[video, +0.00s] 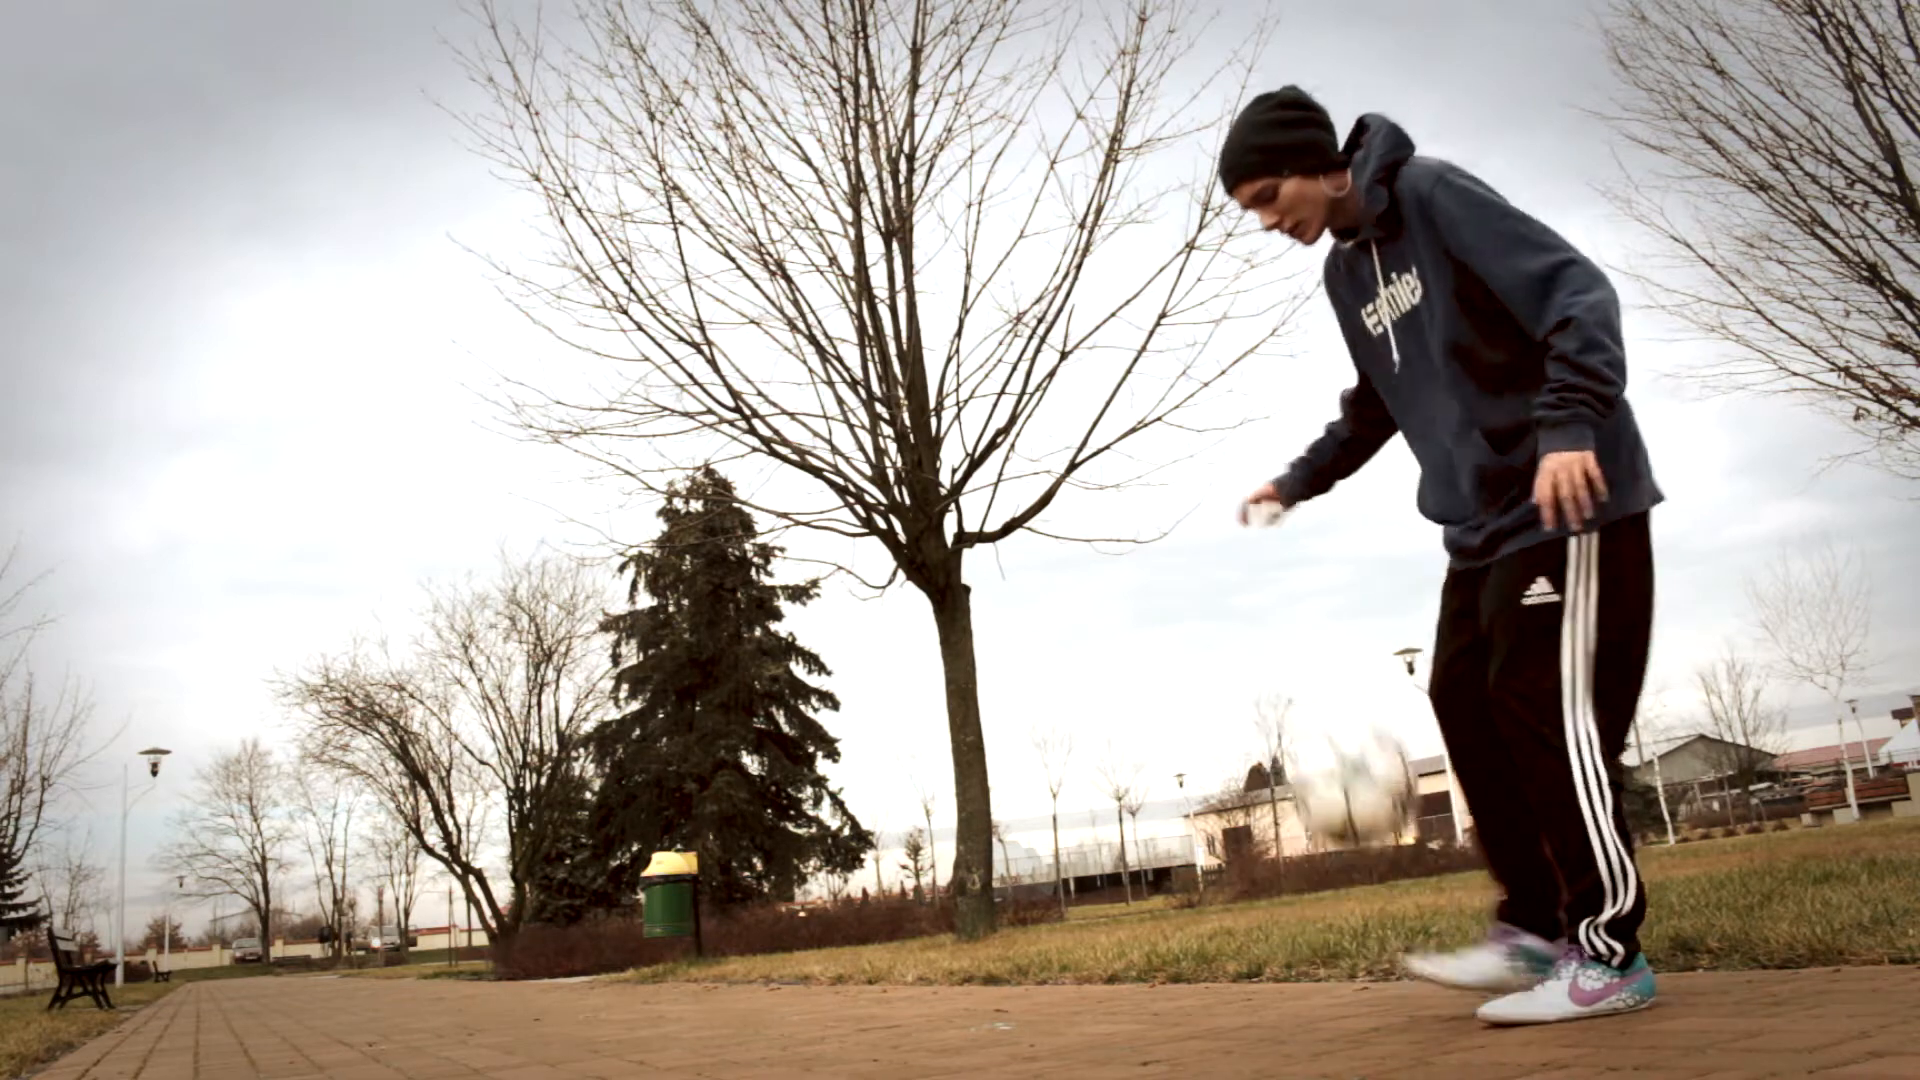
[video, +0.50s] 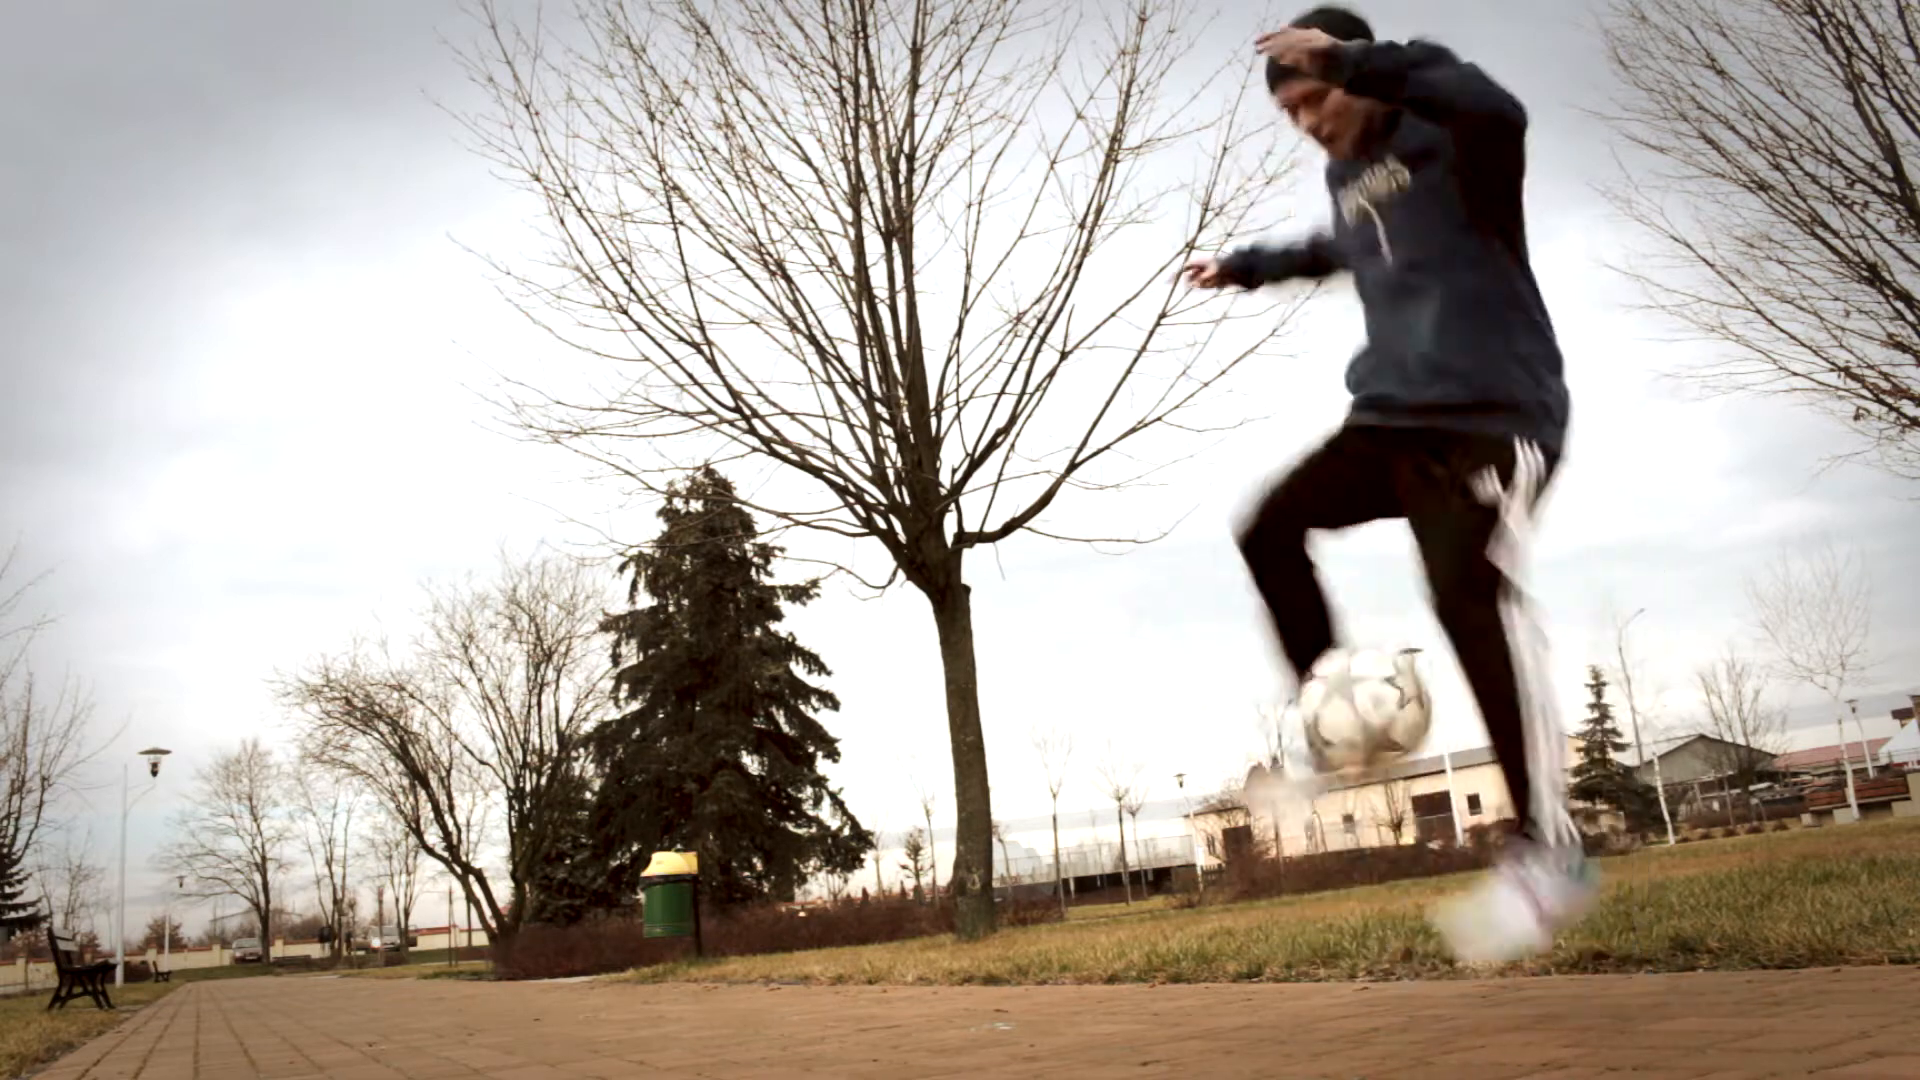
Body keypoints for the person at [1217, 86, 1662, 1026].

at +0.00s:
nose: (1268, 222)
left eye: (1268, 200)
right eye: (1254, 211)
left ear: (1310, 164)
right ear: (1276, 190)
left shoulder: (1428, 192)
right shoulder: (1347, 268)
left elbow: (1576, 289)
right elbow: (1386, 391)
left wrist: (1571, 432)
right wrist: (1297, 481)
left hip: (1565, 495)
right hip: (1483, 521)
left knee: (1550, 709)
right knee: (1466, 701)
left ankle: (1609, 955)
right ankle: (1533, 930)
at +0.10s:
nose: (1260, 243)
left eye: (1260, 220)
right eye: (1246, 231)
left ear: (1303, 184)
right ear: (1274, 210)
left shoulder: (1420, 209)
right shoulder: (1345, 278)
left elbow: (1552, 328)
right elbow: (1412, 385)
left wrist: (1523, 456)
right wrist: (1390, 472)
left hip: (1583, 480)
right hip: (1485, 500)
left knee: (1580, 719)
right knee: (1423, 648)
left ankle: (1610, 953)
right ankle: (1455, 873)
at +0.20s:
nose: (1263, 261)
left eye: (1263, 239)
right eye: (1250, 249)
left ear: (1304, 203)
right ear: (1283, 224)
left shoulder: (1419, 232)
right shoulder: (1355, 294)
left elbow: (1508, 353)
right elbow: (1437, 401)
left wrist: (1442, 469)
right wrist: (1443, 486)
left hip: (1573, 480)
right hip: (1495, 486)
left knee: (1549, 710)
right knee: (1350, 533)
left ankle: (1608, 953)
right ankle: (1346, 730)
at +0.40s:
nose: (1297, 195)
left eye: (1299, 173)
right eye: (1287, 181)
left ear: (1344, 145)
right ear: (1305, 173)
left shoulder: (1442, 207)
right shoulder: (1359, 261)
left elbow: (1470, 191)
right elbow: (1368, 384)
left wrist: (1345, 134)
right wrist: (1255, 385)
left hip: (1527, 485)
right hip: (1436, 470)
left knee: (1522, 712)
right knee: (1274, 464)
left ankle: (1604, 955)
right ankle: (1191, 687)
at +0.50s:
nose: (1305, 123)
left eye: (1313, 102)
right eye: (1292, 113)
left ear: (1362, 78)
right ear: (1292, 112)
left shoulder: (1452, 129)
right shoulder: (1349, 177)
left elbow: (1494, 110)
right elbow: (1340, 248)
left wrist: (1357, 60)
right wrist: (1243, 265)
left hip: (1492, 411)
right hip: (1394, 418)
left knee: (1467, 595)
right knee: (1269, 527)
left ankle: (1546, 847)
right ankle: (1337, 711)